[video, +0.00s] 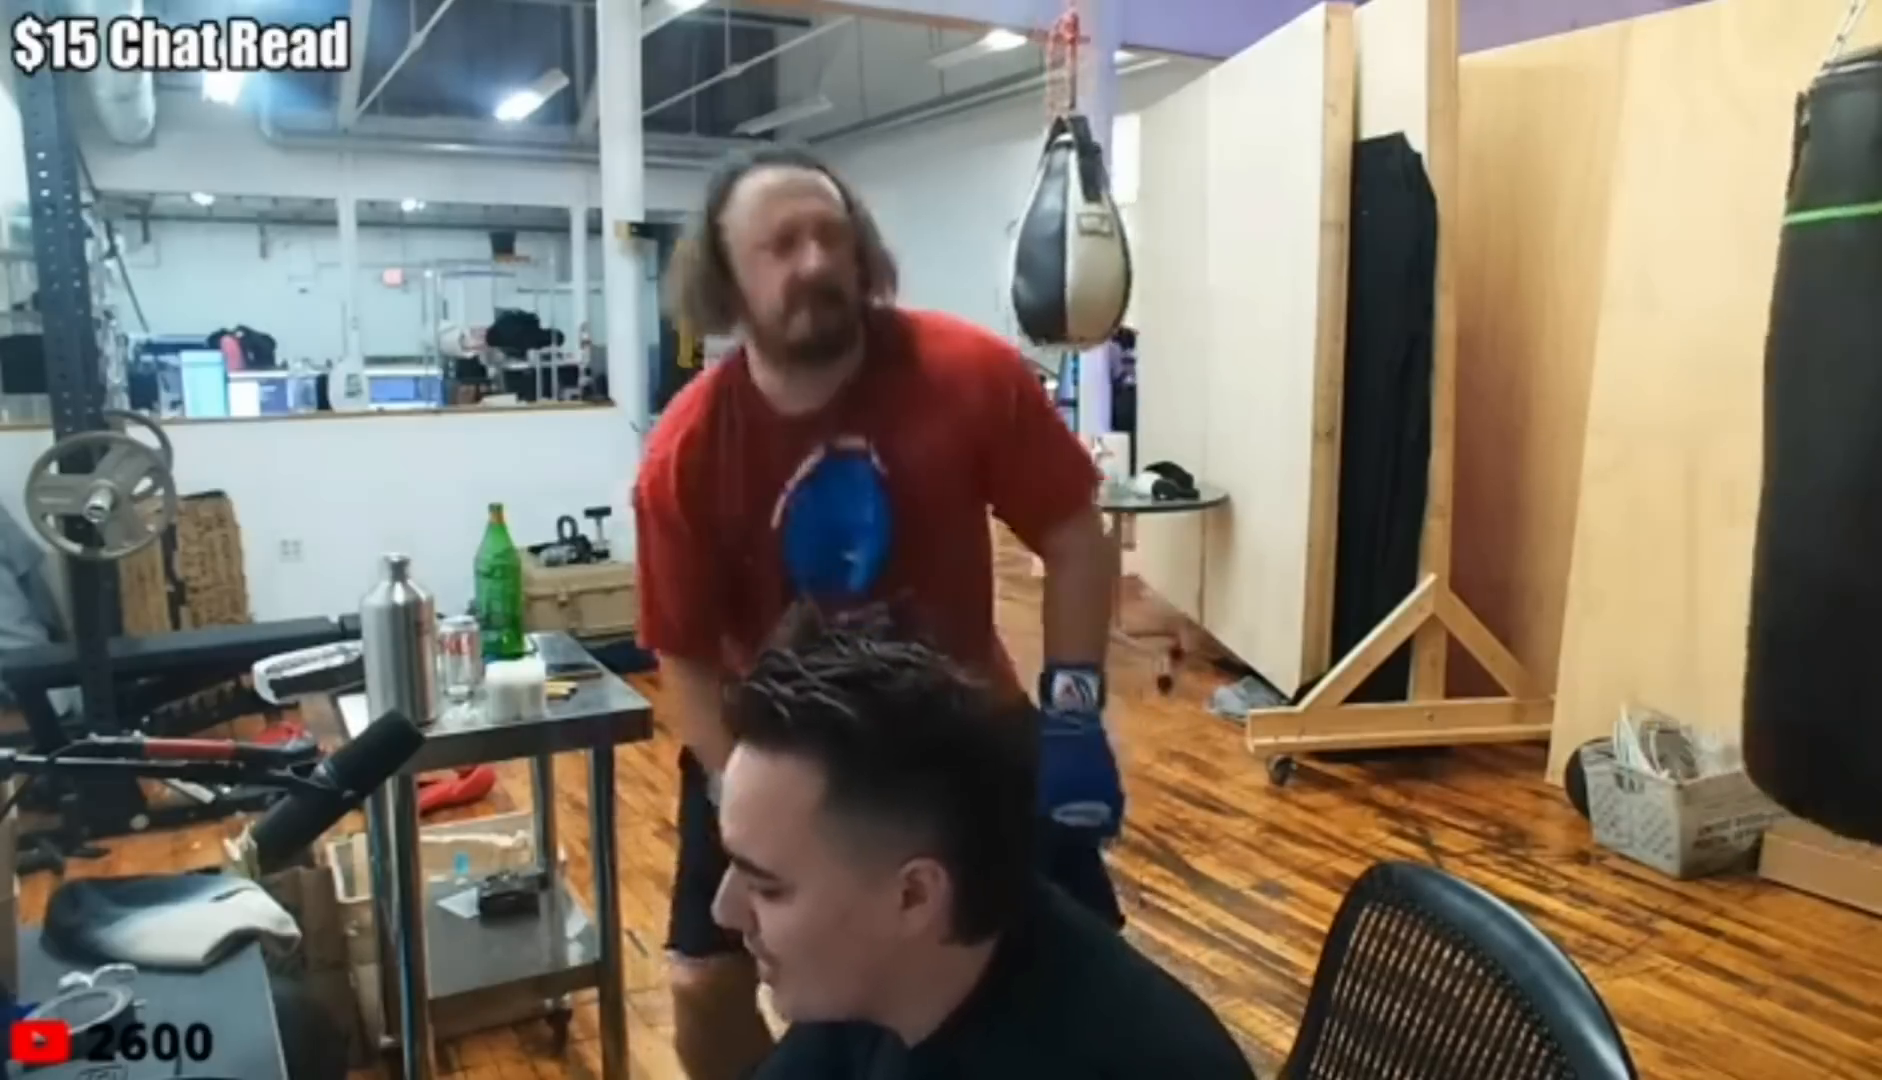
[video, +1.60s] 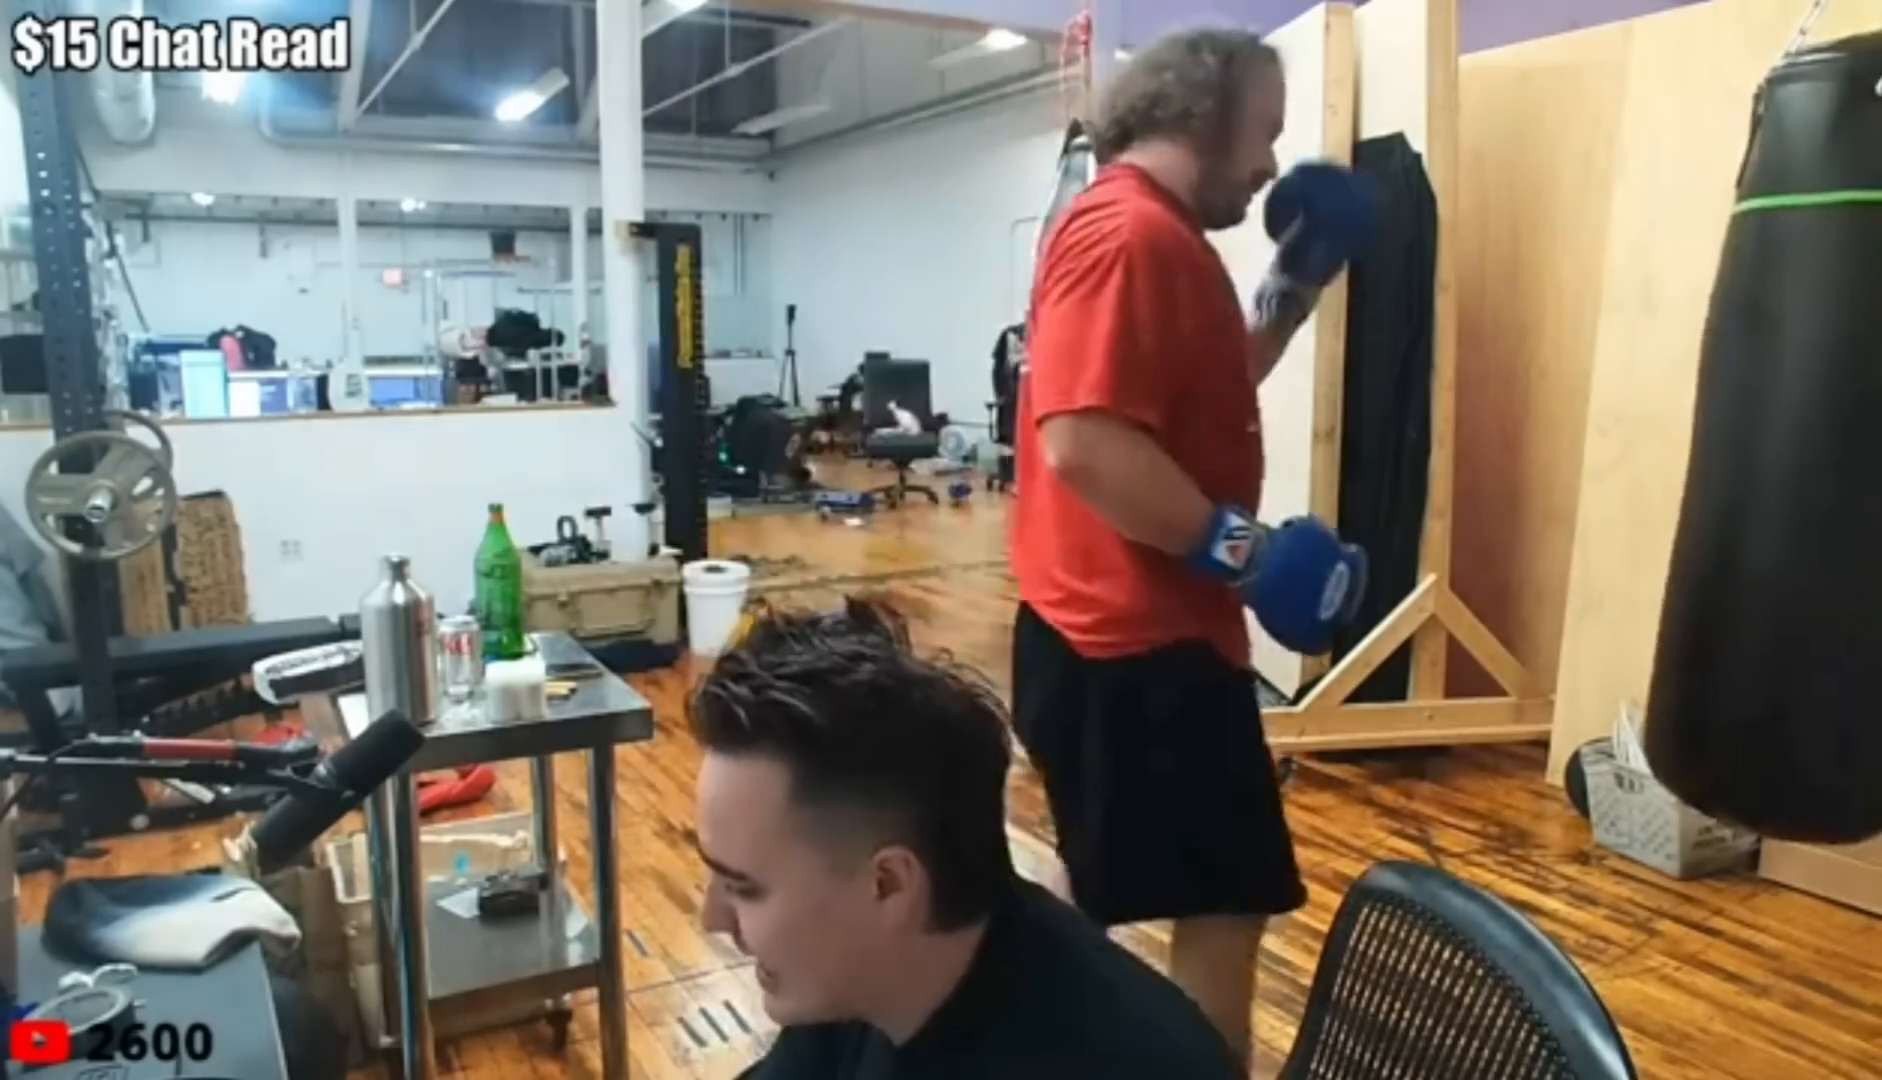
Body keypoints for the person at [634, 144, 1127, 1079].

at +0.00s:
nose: (812, 263)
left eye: (828, 237)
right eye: (779, 247)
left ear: (863, 257)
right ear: (729, 285)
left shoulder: (969, 376)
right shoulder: (685, 456)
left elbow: (1075, 533)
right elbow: (689, 668)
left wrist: (1072, 721)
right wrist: (761, 811)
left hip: (959, 731)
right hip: (770, 750)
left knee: (1029, 958)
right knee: (703, 985)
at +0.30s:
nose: (848, 139)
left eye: (861, 120)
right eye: (815, 121)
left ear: (880, 148)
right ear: (747, 157)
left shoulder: (963, 297)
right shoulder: (674, 334)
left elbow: (1023, 472)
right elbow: (609, 519)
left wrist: (1048, 644)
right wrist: (662, 682)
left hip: (943, 704)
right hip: (744, 712)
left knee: (988, 958)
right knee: (725, 964)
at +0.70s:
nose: (979, 102)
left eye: (979, 78)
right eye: (951, 78)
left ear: (967, 98)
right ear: (865, 99)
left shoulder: (1005, 262)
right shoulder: (756, 266)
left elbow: (1037, 420)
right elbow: (658, 448)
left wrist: (1087, 563)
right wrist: (730, 599)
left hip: (988, 679)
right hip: (813, 689)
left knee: (997, 952)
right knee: (784, 963)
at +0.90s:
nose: (1076, 113)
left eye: (1073, 90)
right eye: (1053, 92)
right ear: (971, 104)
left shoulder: (1069, 254)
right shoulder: (865, 256)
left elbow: (1073, 435)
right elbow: (795, 457)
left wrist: (1138, 538)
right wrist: (911, 584)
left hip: (1068, 658)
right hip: (927, 672)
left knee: (1058, 899)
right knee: (935, 918)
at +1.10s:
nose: (1142, 117)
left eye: (1138, 93)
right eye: (1122, 91)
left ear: (1060, 104)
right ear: (1045, 96)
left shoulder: (1095, 247)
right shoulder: (952, 240)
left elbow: (1088, 447)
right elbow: (899, 451)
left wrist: (1189, 507)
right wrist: (1058, 545)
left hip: (1093, 655)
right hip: (984, 659)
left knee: (1054, 897)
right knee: (977, 916)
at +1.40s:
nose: (1225, 138)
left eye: (1223, 113)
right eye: (1211, 110)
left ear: (1137, 114)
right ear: (1142, 109)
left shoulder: (1134, 244)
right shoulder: (1063, 232)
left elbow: (1126, 433)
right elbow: (1023, 435)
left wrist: (1244, 444)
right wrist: (1187, 522)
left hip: (1121, 642)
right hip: (1072, 647)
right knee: (1144, 911)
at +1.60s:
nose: (1273, 158)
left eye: (1279, 135)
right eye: (1266, 131)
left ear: (1181, 125)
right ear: (1196, 120)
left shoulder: (1144, 226)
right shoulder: (1130, 229)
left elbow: (1208, 395)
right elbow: (1083, 442)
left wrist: (1294, 285)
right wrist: (1247, 553)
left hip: (1105, 634)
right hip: (1144, 645)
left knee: (1091, 894)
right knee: (1228, 904)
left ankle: (1070, 1064)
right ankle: (1210, 1079)